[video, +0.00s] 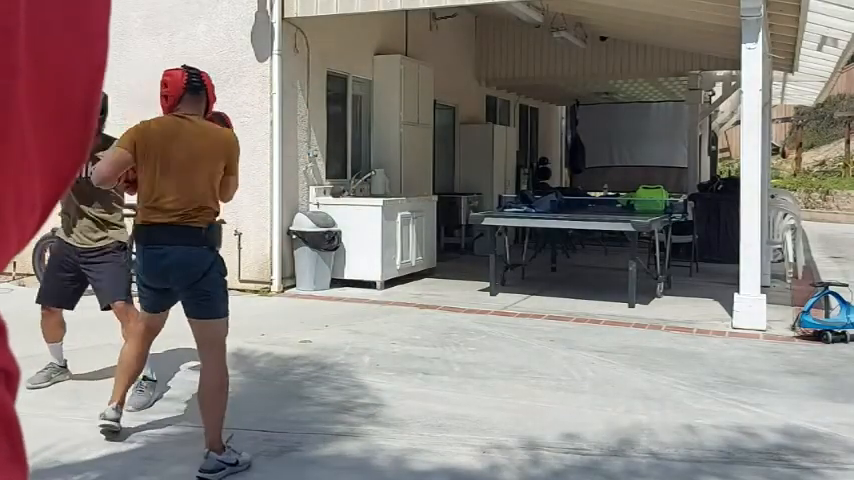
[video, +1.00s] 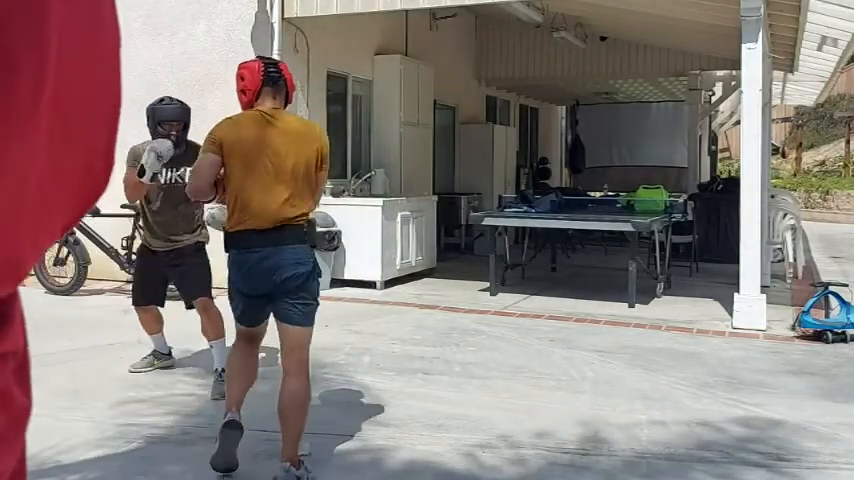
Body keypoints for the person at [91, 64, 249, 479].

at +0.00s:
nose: (210, 106)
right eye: (210, 101)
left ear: (167, 99)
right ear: (207, 101)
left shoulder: (142, 131)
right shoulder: (225, 138)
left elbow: (100, 178)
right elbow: (225, 194)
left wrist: (124, 174)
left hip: (150, 250)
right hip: (199, 253)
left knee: (144, 328)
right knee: (212, 353)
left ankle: (113, 408)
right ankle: (215, 450)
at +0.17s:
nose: (219, 107)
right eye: (219, 101)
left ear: (177, 100)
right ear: (218, 103)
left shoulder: (149, 127)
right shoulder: (231, 146)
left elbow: (96, 155)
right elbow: (222, 184)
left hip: (149, 250)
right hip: (195, 253)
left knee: (145, 337)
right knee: (223, 346)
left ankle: (121, 416)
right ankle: (221, 443)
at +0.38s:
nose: (237, 126)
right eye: (238, 121)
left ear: (197, 118)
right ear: (237, 124)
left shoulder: (169, 146)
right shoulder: (243, 171)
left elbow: (122, 161)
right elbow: (232, 223)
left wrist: (151, 155)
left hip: (163, 265)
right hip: (210, 271)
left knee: (153, 340)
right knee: (259, 351)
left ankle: (123, 417)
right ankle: (266, 445)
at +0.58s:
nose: (272, 98)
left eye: (226, 92)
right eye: (271, 92)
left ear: (226, 93)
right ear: (267, 93)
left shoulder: (203, 128)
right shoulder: (285, 137)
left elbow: (154, 177)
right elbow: (286, 193)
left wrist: (189, 172)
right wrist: (243, 178)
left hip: (202, 249)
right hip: (251, 252)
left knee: (183, 331)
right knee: (271, 347)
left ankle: (155, 414)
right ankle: (271, 449)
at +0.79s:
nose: (285, 91)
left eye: (241, 82)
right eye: (285, 85)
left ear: (241, 84)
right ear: (283, 86)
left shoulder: (217, 121)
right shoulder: (304, 127)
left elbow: (174, 174)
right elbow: (305, 188)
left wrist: (213, 173)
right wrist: (259, 181)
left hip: (230, 248)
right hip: (280, 246)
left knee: (228, 342)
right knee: (286, 357)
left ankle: (218, 421)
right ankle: (287, 459)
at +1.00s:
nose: (286, 98)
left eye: (244, 91)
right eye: (289, 92)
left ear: (246, 90)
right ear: (288, 92)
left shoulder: (226, 130)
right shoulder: (313, 134)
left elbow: (198, 191)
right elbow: (315, 193)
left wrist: (227, 189)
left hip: (245, 255)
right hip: (296, 252)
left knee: (247, 340)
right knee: (295, 364)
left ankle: (232, 414)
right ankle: (291, 462)